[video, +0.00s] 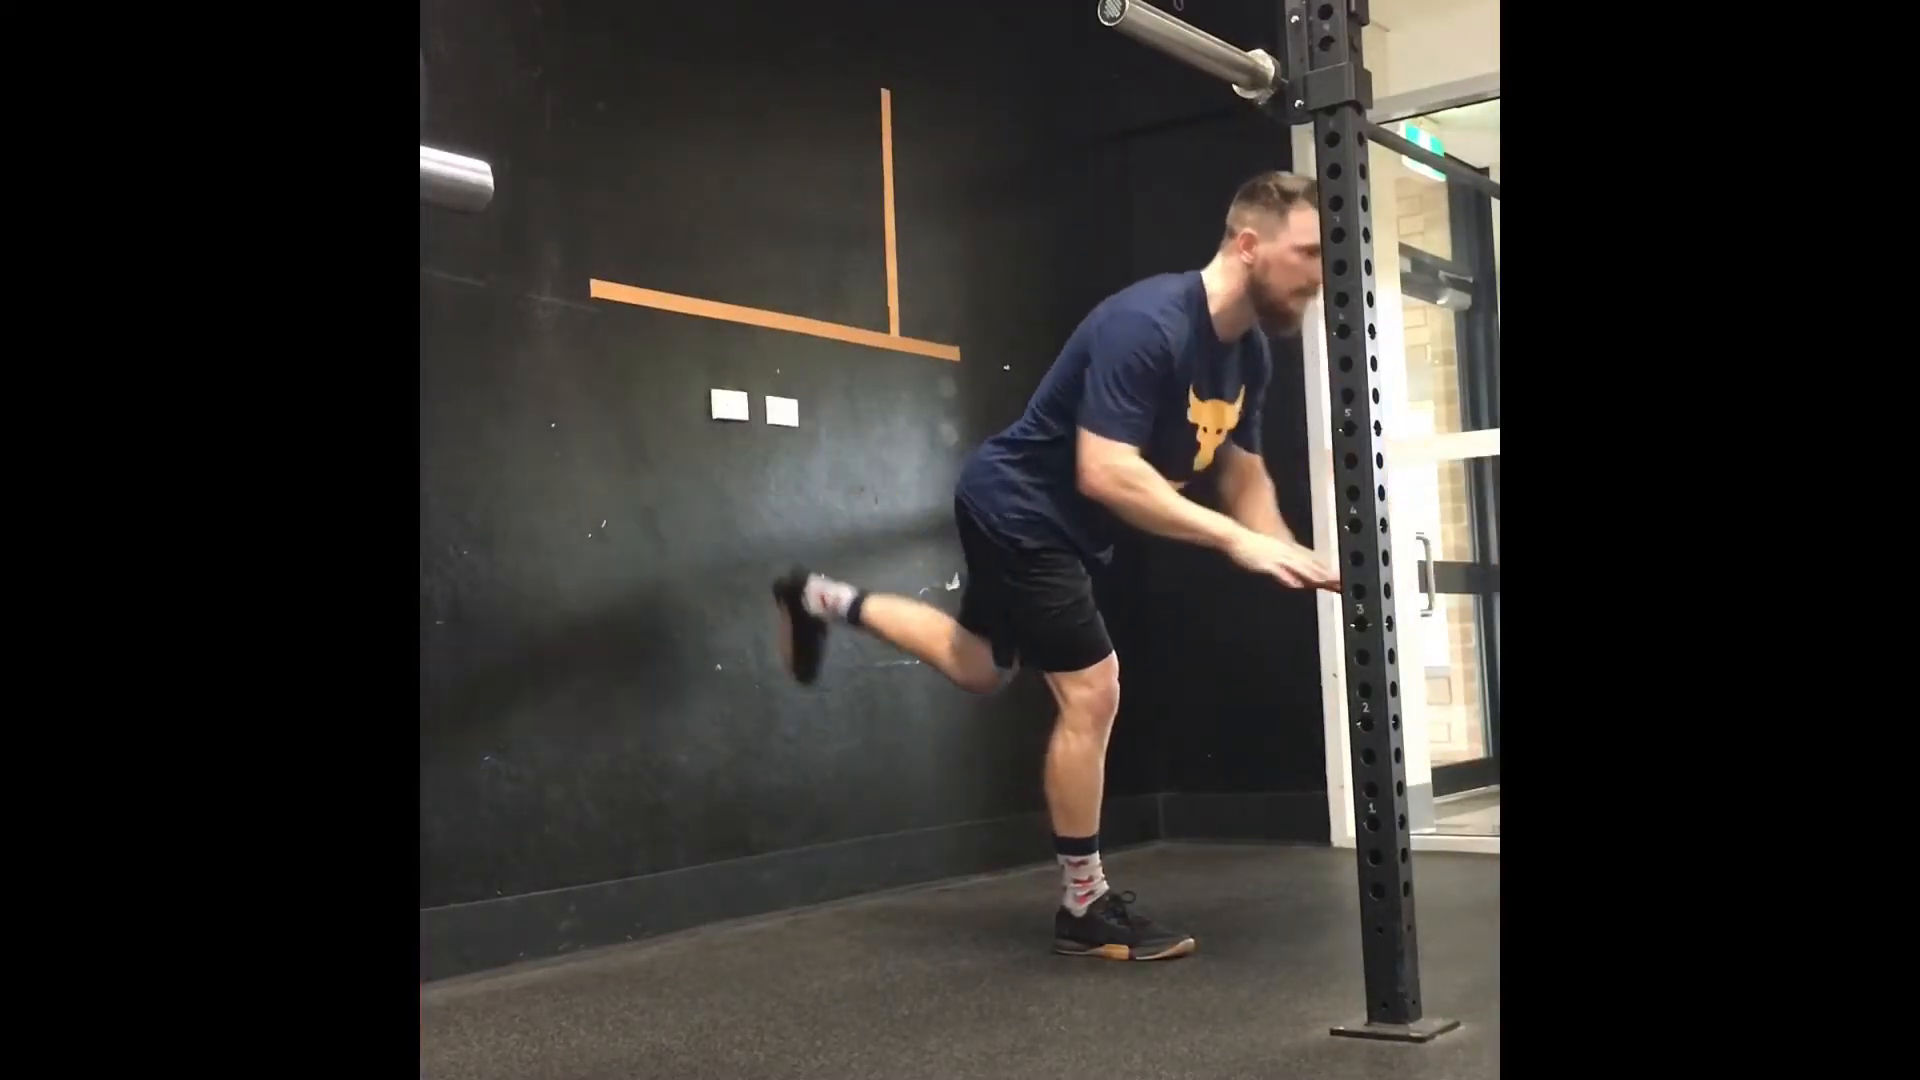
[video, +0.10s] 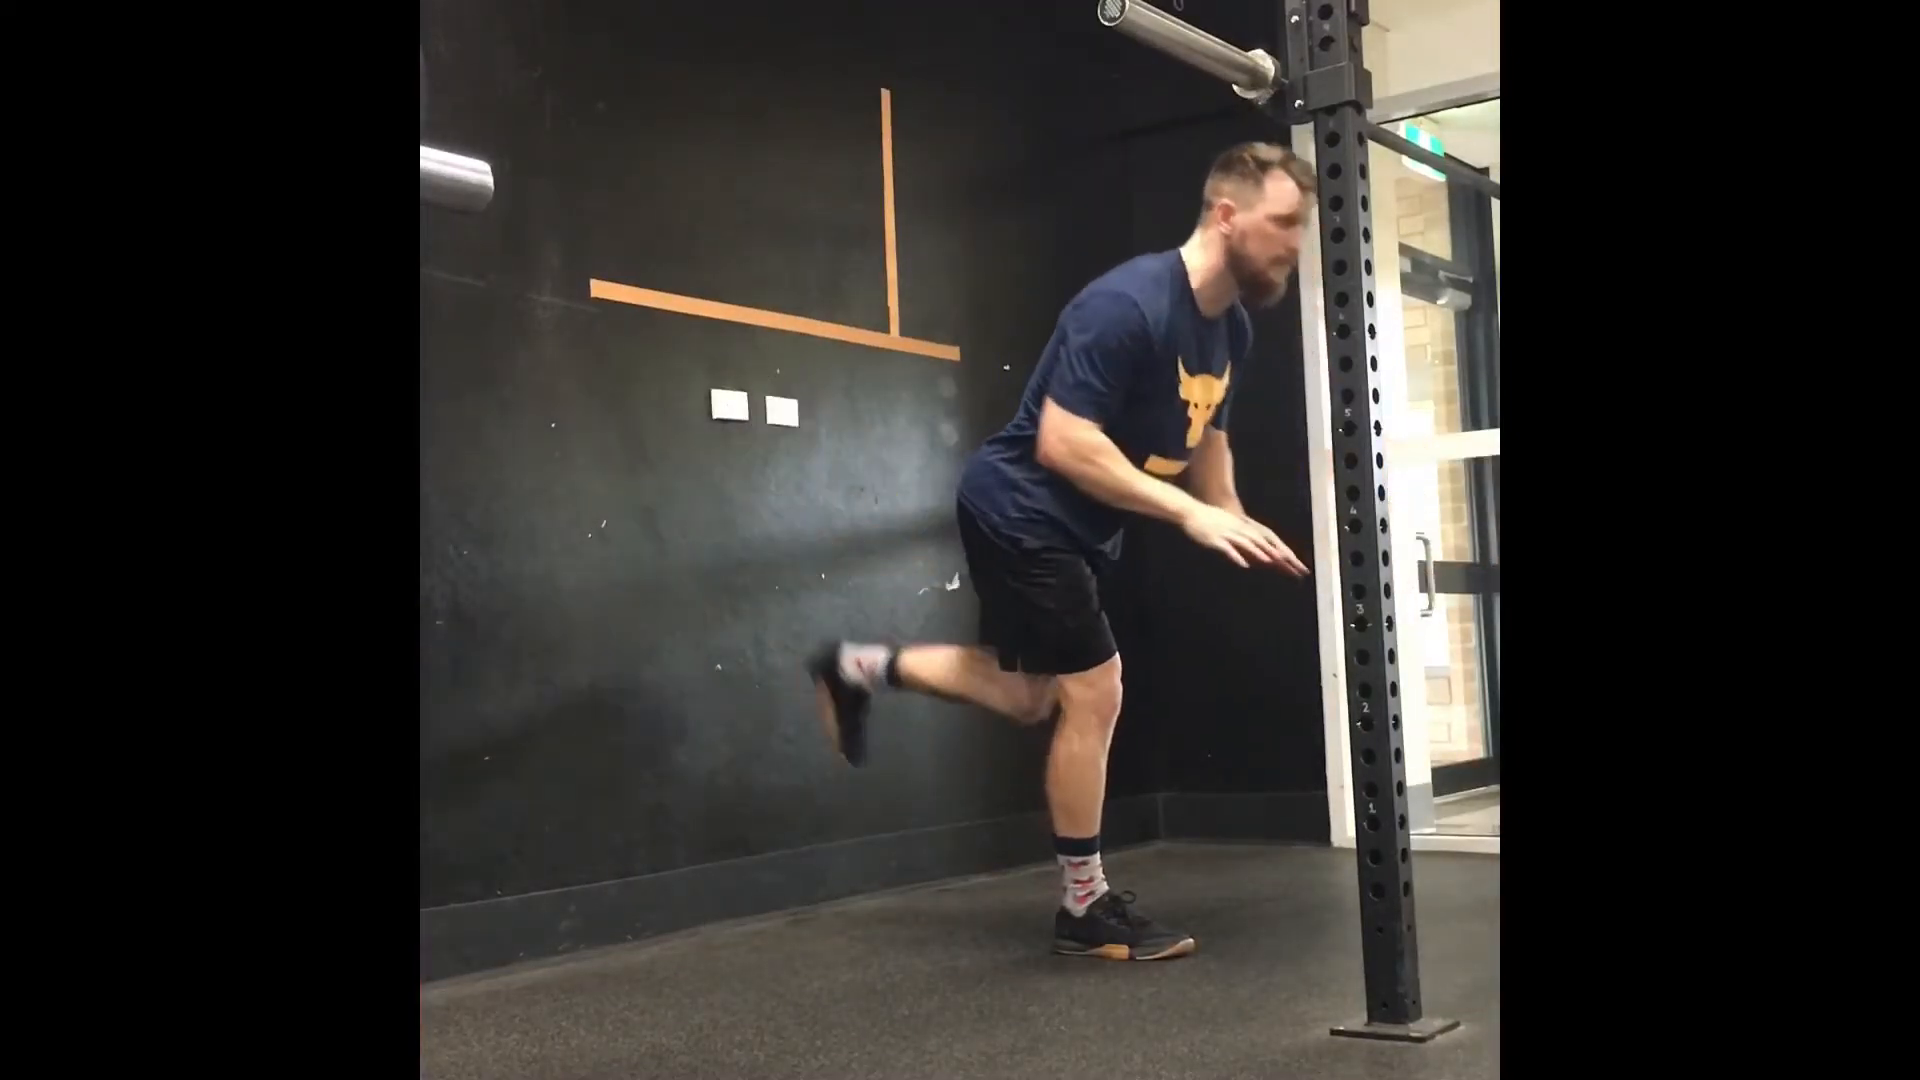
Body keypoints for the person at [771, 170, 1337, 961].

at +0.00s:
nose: (1317, 273)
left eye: (1321, 254)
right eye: (1306, 252)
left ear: (1266, 250)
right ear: (1246, 244)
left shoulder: (1248, 351)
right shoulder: (1144, 324)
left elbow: (1244, 476)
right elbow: (1105, 471)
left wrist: (1291, 558)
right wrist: (1236, 535)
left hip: (1069, 522)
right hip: (1013, 507)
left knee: (974, 662)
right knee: (1090, 691)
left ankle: (823, 598)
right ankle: (1083, 904)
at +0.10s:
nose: (1299, 242)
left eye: (1302, 224)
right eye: (1285, 222)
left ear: (1250, 225)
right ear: (1225, 217)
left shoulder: (1230, 331)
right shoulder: (1127, 305)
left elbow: (1207, 441)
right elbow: (1064, 443)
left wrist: (1234, 520)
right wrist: (1192, 513)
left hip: (1081, 525)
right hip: (1019, 509)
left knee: (1028, 694)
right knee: (1093, 690)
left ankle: (861, 666)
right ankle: (1084, 903)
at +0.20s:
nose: (1269, 209)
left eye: (1273, 192)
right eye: (1254, 189)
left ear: (1216, 192)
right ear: (1195, 184)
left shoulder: (1208, 299)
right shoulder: (1105, 281)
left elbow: (1184, 402)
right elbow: (1035, 412)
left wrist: (1203, 478)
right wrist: (1162, 469)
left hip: (1099, 517)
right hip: (1026, 511)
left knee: (1075, 694)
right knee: (1088, 695)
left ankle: (917, 732)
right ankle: (1083, 903)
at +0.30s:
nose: (1231, 177)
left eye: (1235, 161)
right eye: (1217, 157)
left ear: (1182, 160)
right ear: (1157, 152)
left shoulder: (1178, 271)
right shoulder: (1081, 258)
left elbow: (1137, 393)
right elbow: (1018, 388)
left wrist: (1195, 431)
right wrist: (1149, 424)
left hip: (1110, 514)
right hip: (1030, 515)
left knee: (1148, 682)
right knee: (1084, 698)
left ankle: (991, 777)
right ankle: (1082, 904)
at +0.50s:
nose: (1161, 144)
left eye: (1165, 130)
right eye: (1147, 125)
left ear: (1126, 130)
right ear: (1090, 119)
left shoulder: (1117, 228)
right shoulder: (1034, 228)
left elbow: (1095, 348)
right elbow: (994, 358)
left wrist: (1157, 354)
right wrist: (1127, 348)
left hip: (1135, 491)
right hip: (1057, 510)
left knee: (1246, 599)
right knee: (1087, 701)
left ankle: (1132, 765)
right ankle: (1078, 900)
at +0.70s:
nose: (1126, 152)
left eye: (1132, 138)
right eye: (1114, 132)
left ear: (1107, 136)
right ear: (1057, 121)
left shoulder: (1094, 230)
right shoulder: (1002, 229)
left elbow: (1090, 374)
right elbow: (972, 354)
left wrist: (1145, 344)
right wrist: (1099, 329)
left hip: (1143, 471)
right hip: (1067, 511)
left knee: (1292, 490)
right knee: (1072, 711)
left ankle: (1215, 690)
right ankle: (1081, 902)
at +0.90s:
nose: (1124, 155)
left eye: (1126, 139)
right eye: (1109, 137)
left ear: (1093, 140)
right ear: (1052, 134)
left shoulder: (1093, 245)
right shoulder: (1000, 230)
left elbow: (1132, 362)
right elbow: (956, 348)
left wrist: (1143, 329)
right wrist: (1089, 329)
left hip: (1126, 482)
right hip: (1062, 502)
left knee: (1286, 452)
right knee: (1079, 695)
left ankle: (1238, 654)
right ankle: (1074, 888)